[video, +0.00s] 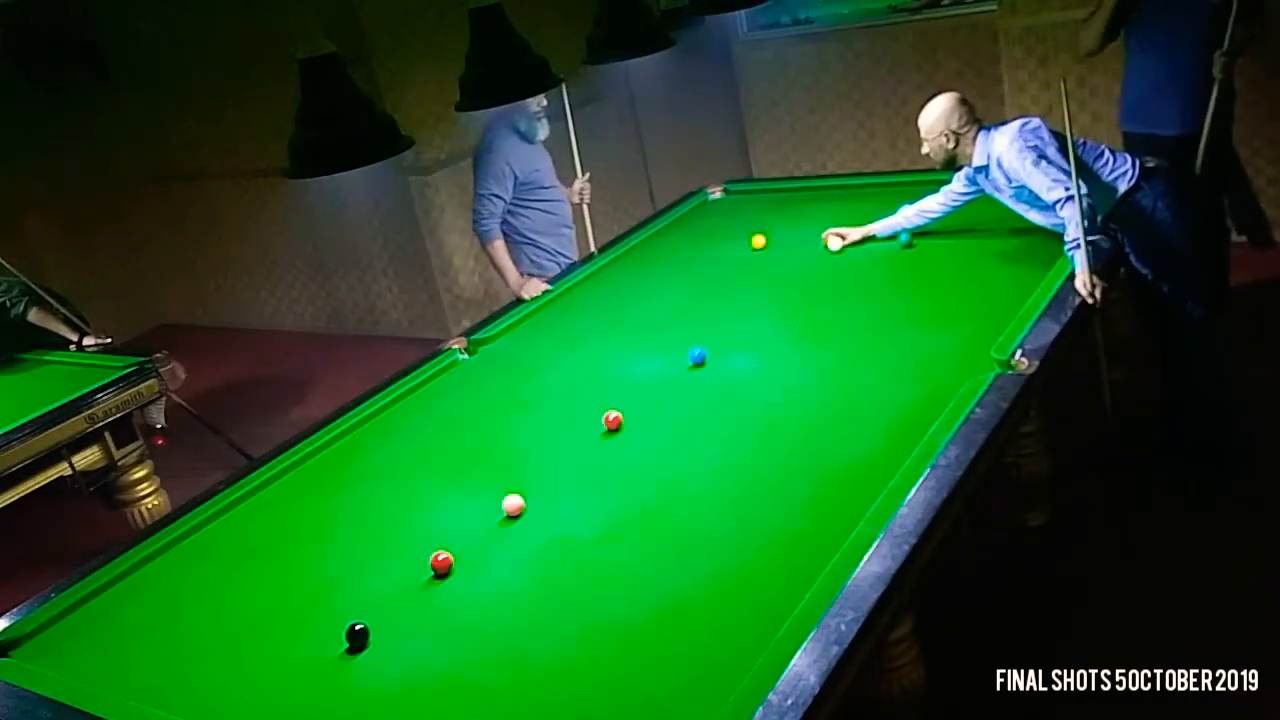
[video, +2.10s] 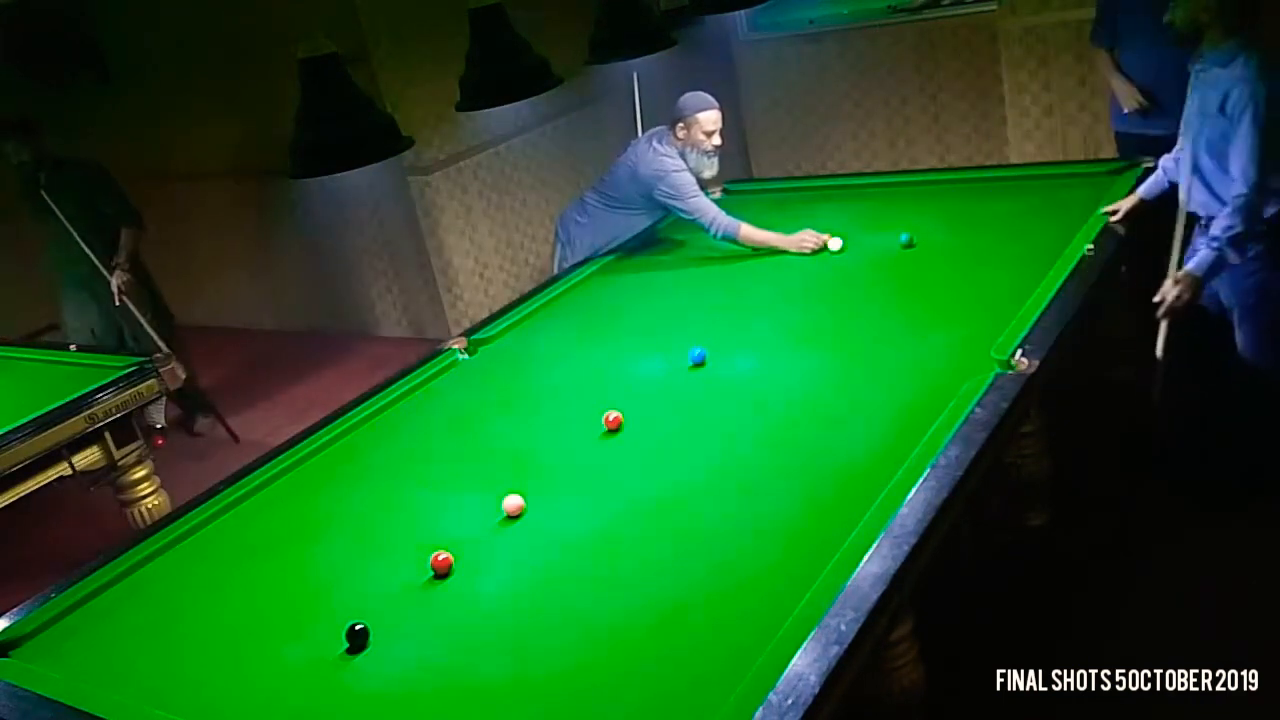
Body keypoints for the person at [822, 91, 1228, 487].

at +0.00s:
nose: (923, 148)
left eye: (927, 139)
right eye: (922, 141)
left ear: (955, 135)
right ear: (955, 134)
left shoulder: (1014, 143)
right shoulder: (978, 171)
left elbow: (1067, 196)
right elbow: (927, 209)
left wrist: (1082, 265)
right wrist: (861, 232)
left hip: (1149, 202)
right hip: (1125, 223)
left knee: (1195, 319)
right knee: (1176, 321)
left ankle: (1216, 443)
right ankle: (1198, 440)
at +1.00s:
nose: (940, 117)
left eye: (942, 106)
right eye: (938, 107)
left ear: (969, 103)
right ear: (971, 102)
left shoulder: (1030, 127)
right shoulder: (1000, 144)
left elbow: (1082, 190)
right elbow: (977, 195)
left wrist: (1086, 259)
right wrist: (917, 219)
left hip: (1147, 209)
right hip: (1122, 218)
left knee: (1190, 321)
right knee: (1171, 325)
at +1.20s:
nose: (975, 76)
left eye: (981, 65)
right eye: (975, 65)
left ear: (1010, 64)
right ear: (1011, 63)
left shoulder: (1060, 105)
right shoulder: (1038, 105)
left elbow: (1092, 188)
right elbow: (1053, 168)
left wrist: (1089, 261)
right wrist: (1000, 203)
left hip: (1154, 222)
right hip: (1128, 223)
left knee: (1189, 337)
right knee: (1168, 338)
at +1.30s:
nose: (998, 59)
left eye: (1005, 48)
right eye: (999, 48)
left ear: (1036, 47)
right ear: (1037, 46)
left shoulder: (1074, 95)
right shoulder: (1068, 87)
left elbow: (1099, 186)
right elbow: (1085, 165)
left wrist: (1092, 260)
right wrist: (1041, 195)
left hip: (1161, 231)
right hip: (1151, 225)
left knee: (1192, 348)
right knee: (1184, 343)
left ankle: (1217, 467)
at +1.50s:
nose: (1044, 39)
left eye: (1051, 28)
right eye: (1044, 29)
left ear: (1080, 29)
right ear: (1083, 29)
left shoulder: (1113, 85)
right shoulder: (1109, 75)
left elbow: (1119, 186)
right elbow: (1140, 154)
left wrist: (1095, 259)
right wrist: (1106, 182)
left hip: (1168, 237)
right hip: (1161, 233)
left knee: (1189, 359)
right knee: (1183, 356)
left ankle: (1211, 472)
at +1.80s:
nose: (1119, 21)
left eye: (1129, 11)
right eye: (1120, 12)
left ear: (1157, 16)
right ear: (1151, 20)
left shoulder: (1186, 78)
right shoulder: (1160, 73)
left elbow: (1170, 183)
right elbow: (1165, 152)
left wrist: (1126, 263)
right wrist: (1139, 192)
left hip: (1207, 243)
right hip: (1180, 236)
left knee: (1229, 362)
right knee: (1203, 357)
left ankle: (1241, 467)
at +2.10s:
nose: (1174, 12)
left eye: (1185, 5)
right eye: (1177, 6)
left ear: (1212, 9)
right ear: (1202, 15)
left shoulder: (1249, 73)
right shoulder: (1204, 66)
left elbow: (1250, 191)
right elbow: (1190, 150)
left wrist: (1196, 270)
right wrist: (1139, 195)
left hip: (1247, 243)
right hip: (1208, 234)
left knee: (1253, 365)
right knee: (1210, 357)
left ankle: (1252, 470)